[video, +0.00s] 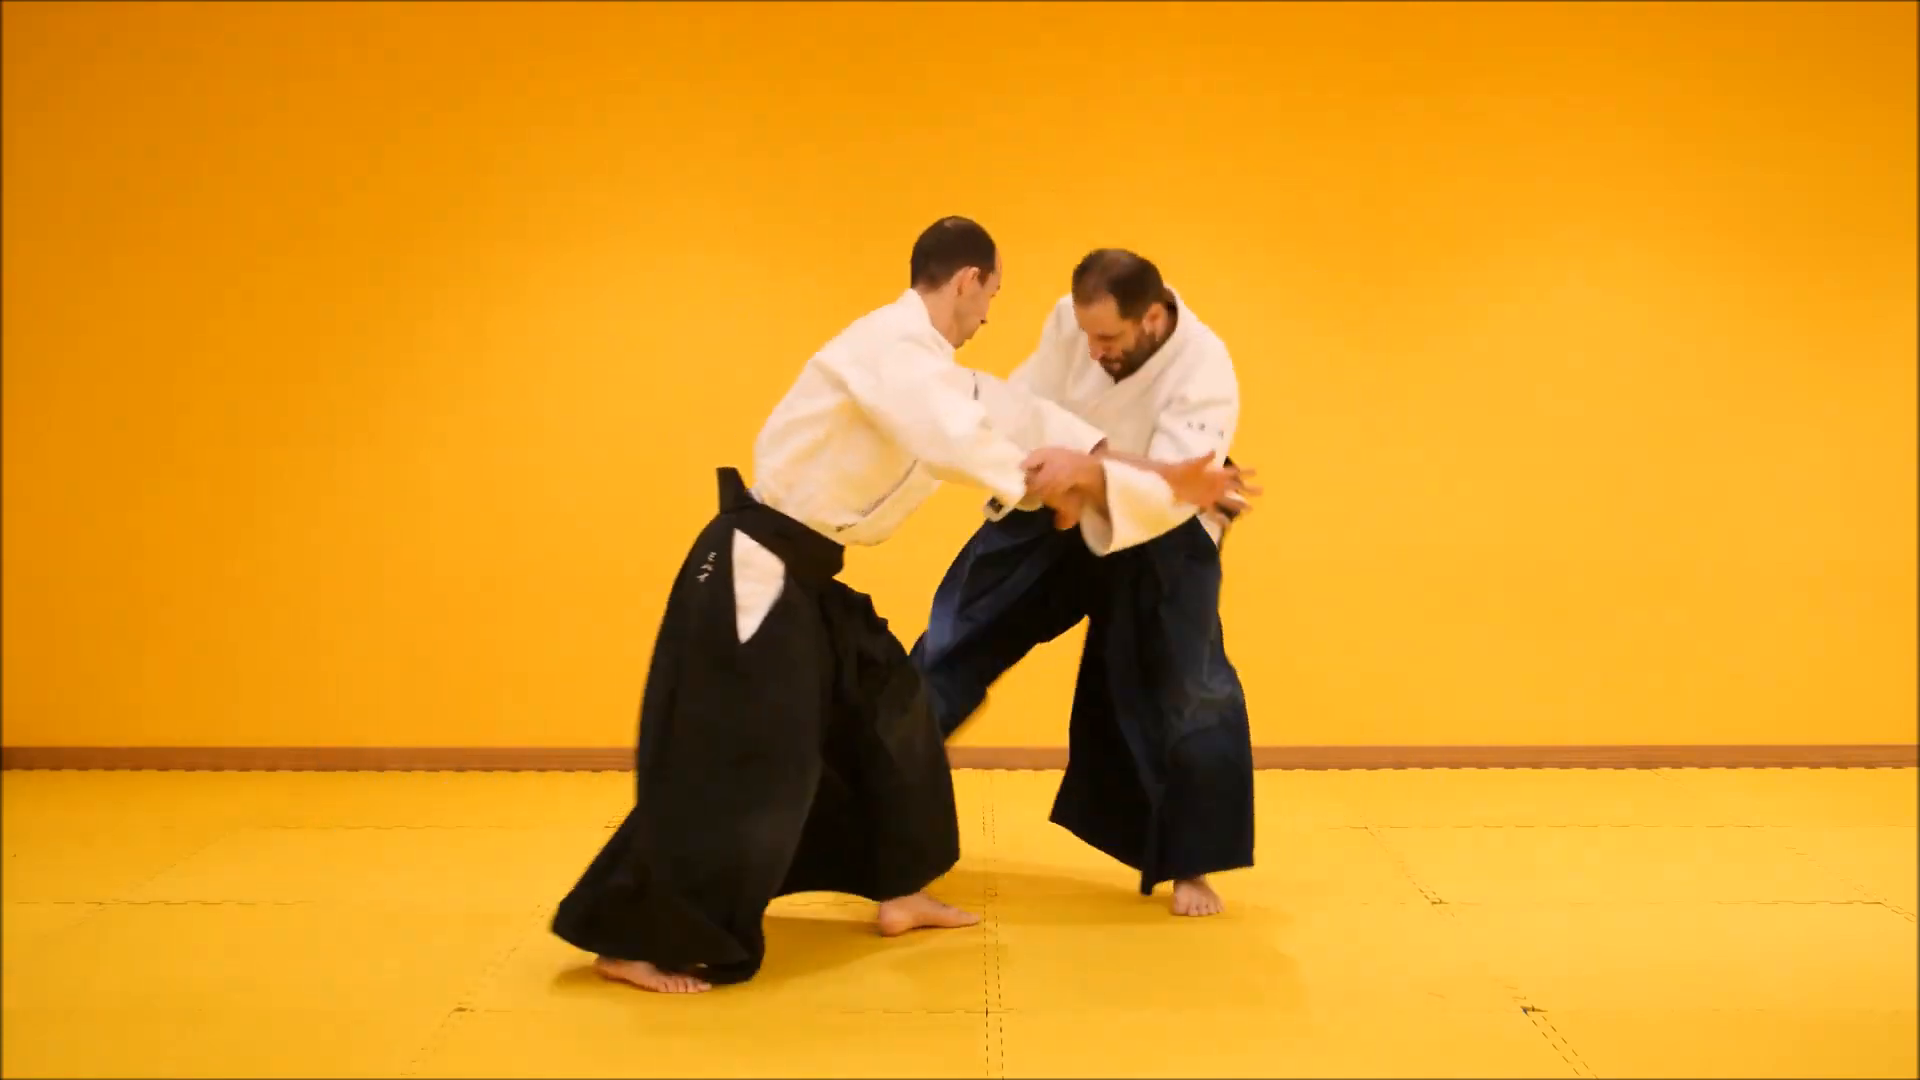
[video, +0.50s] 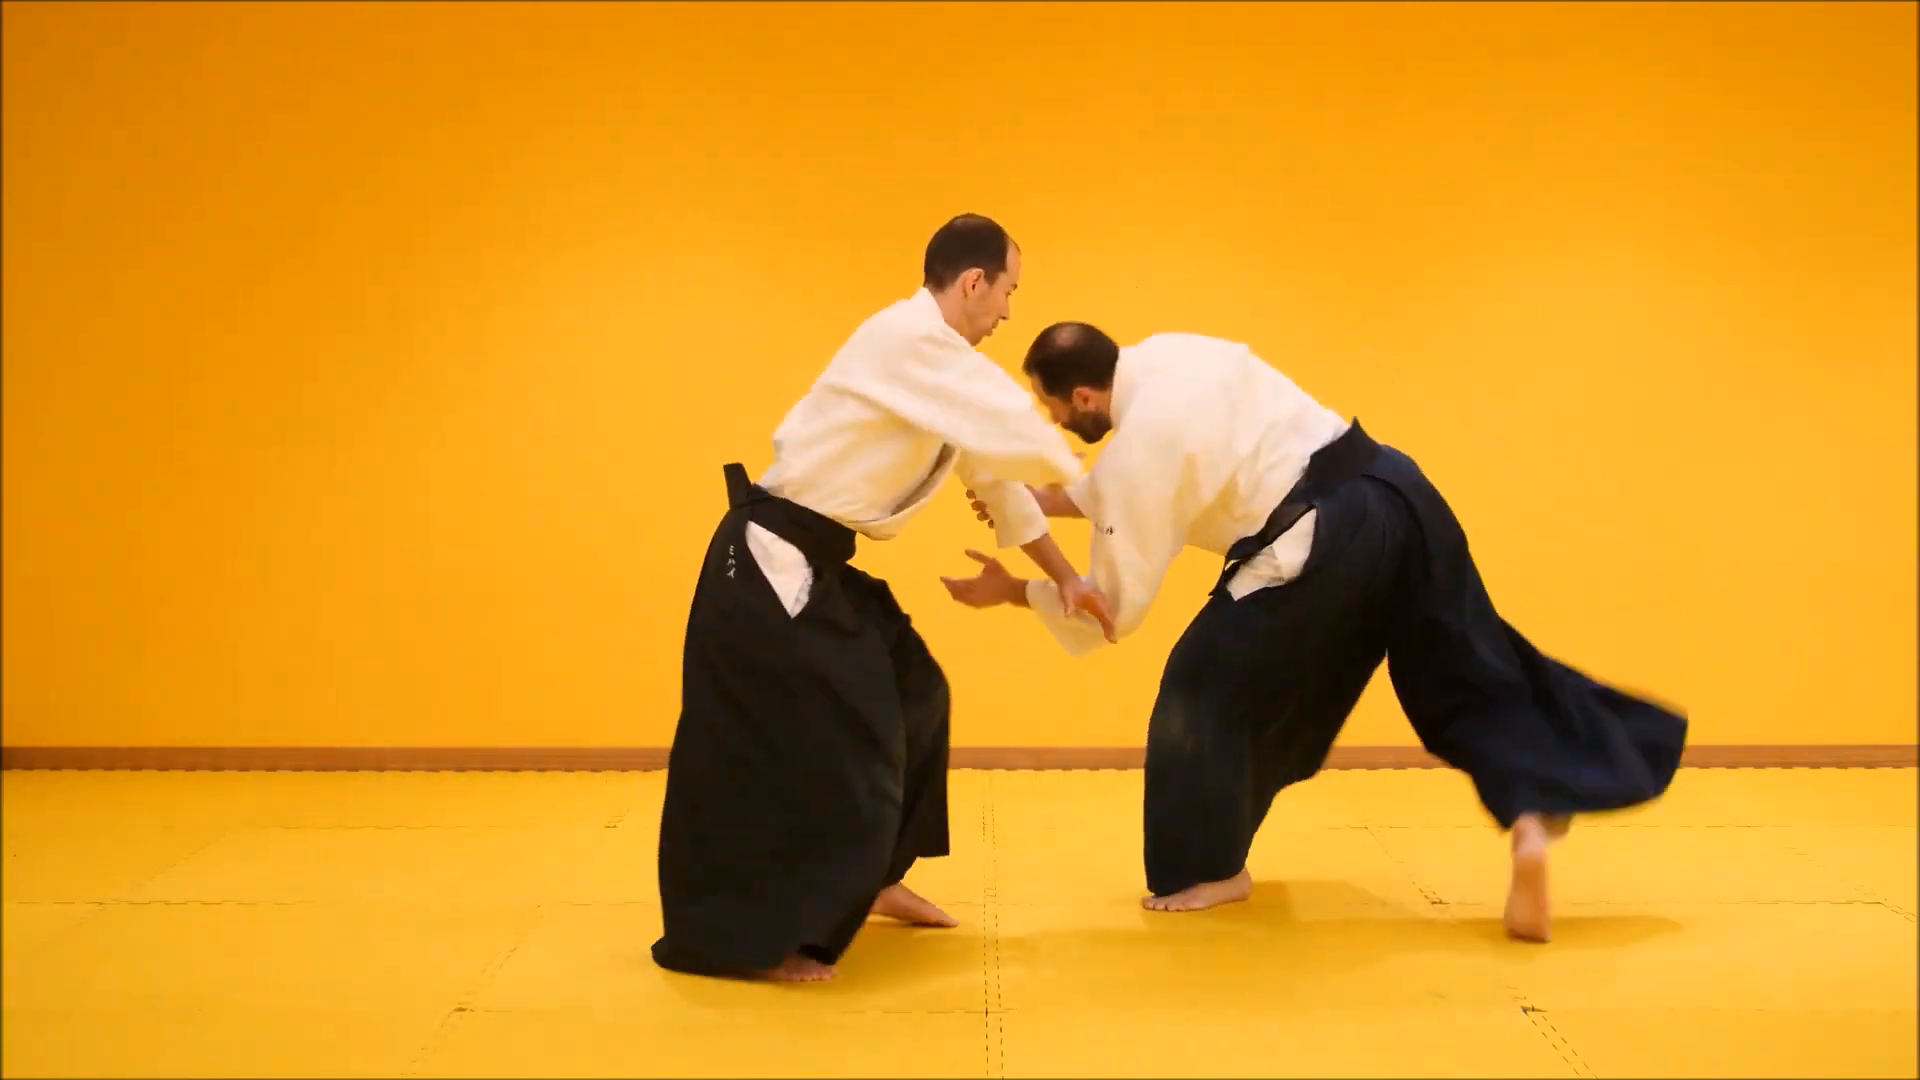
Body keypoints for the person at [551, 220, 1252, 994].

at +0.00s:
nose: (993, 308)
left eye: (993, 295)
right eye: (993, 292)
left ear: (939, 278)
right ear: (966, 282)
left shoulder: (938, 367)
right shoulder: (889, 344)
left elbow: (1047, 435)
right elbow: (958, 440)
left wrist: (1174, 481)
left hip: (807, 578)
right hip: (751, 568)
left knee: (894, 703)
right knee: (742, 755)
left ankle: (899, 893)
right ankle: (639, 937)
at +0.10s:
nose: (981, 322)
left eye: (983, 306)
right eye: (980, 303)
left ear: (933, 287)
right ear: (949, 289)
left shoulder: (929, 382)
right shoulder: (870, 355)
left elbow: (1022, 465)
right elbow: (926, 491)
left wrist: (1130, 547)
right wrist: (1013, 531)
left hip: (782, 578)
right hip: (727, 568)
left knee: (872, 701)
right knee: (750, 756)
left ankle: (866, 891)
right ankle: (661, 935)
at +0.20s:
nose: (982, 335)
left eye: (986, 320)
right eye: (984, 317)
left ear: (937, 298)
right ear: (956, 300)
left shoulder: (926, 394)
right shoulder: (871, 364)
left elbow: (1006, 498)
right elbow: (901, 502)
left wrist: (1104, 594)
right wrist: (966, 544)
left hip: (778, 584)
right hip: (725, 574)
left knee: (874, 703)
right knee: (767, 753)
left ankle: (869, 893)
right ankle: (665, 942)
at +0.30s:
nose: (997, 333)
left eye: (1001, 317)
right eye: (996, 313)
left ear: (956, 303)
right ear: (958, 300)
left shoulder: (945, 404)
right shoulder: (877, 356)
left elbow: (1006, 516)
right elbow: (898, 473)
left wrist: (1086, 623)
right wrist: (920, 532)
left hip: (797, 583)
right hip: (744, 567)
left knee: (883, 711)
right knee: (792, 757)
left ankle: (873, 896)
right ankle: (660, 938)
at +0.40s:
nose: (1009, 319)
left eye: (1013, 302)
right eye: (1007, 299)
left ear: (965, 291)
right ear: (967, 288)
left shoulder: (956, 389)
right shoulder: (889, 343)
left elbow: (1007, 505)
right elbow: (931, 445)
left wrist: (1074, 618)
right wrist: (978, 504)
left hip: (802, 561)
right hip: (754, 548)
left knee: (885, 708)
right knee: (826, 725)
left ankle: (873, 896)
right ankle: (724, 922)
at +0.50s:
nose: (1007, 310)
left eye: (1011, 295)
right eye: (1006, 293)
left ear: (957, 283)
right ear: (971, 282)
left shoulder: (937, 352)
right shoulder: (908, 334)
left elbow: (994, 480)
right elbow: (1014, 422)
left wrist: (1064, 576)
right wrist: (1093, 491)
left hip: (816, 563)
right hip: (769, 559)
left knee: (917, 695)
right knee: (845, 736)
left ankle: (876, 877)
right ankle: (762, 934)